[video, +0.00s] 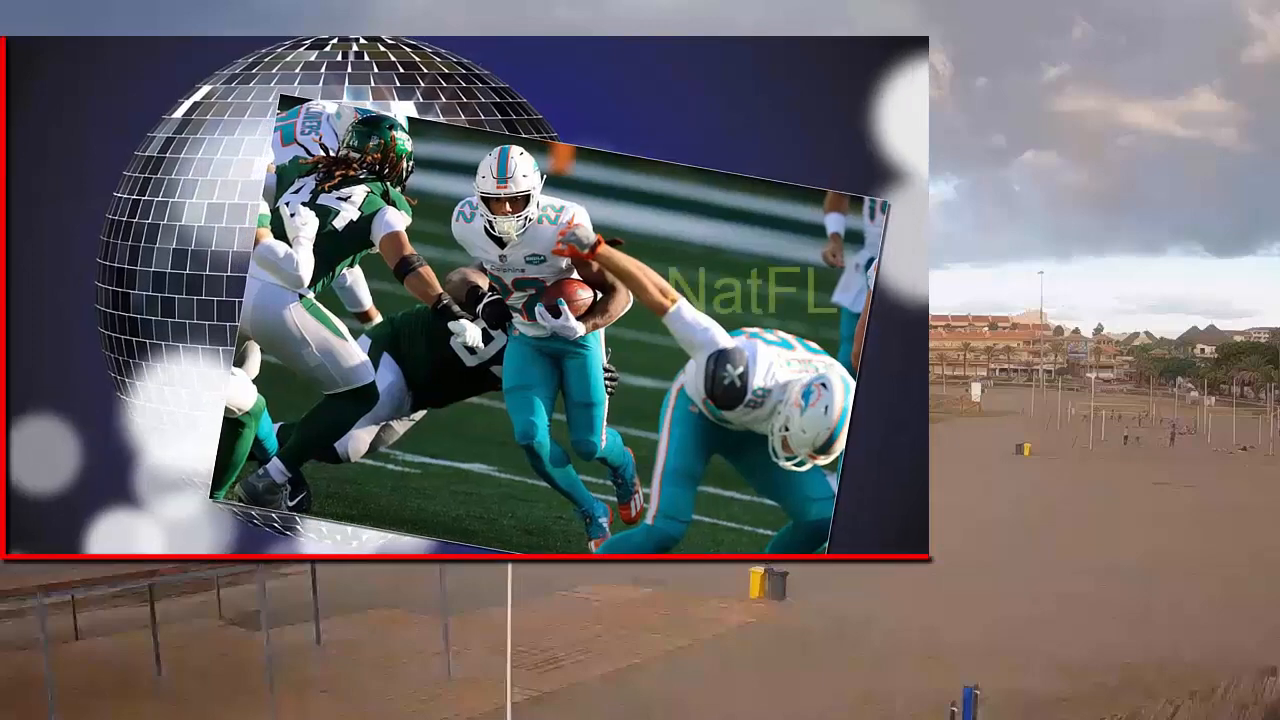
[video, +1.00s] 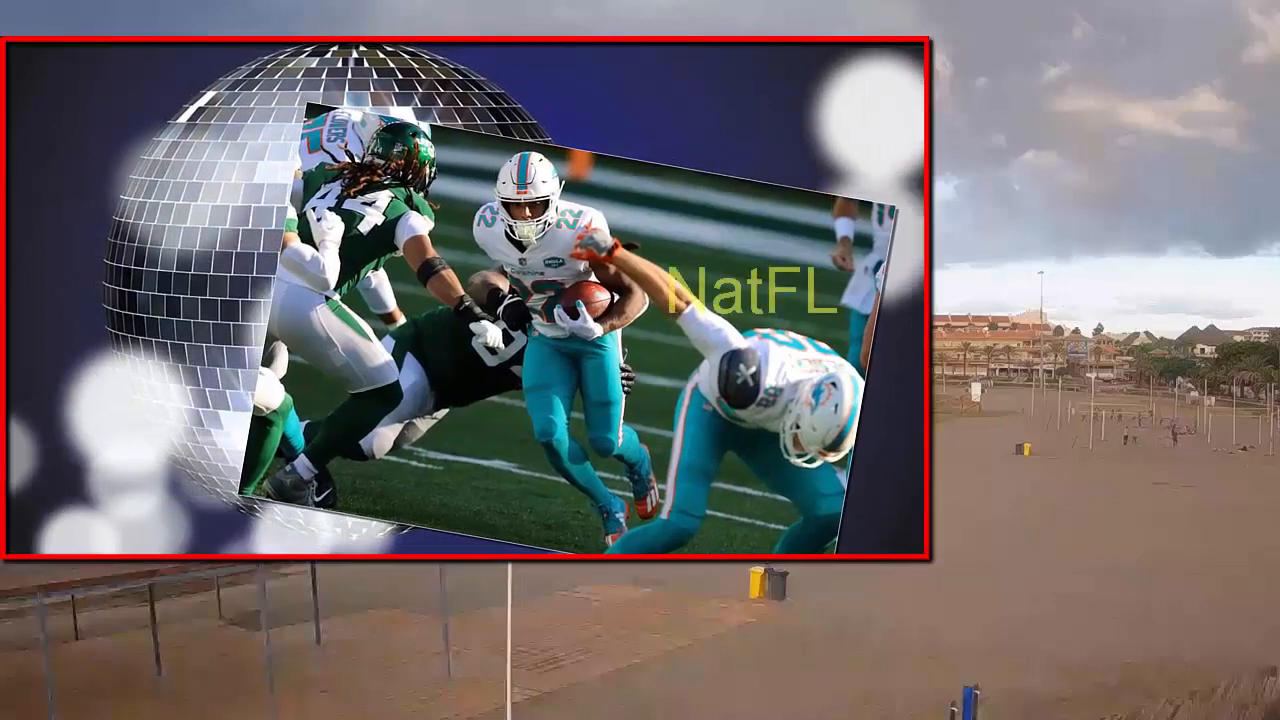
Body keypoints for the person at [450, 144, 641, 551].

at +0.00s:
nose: (504, 210)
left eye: (514, 200)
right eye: (495, 201)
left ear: (533, 194)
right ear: (482, 196)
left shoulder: (567, 224)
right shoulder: (466, 221)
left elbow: (622, 291)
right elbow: (493, 267)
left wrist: (585, 326)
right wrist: (493, 300)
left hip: (580, 340)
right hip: (525, 339)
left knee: (587, 445)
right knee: (530, 438)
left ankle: (624, 470)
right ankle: (593, 513)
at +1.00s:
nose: (524, 215)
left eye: (534, 205)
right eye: (514, 206)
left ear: (552, 199)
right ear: (502, 201)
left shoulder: (585, 228)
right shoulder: (487, 226)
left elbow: (638, 294)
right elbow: (515, 271)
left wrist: (602, 327)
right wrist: (515, 302)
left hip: (597, 340)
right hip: (544, 339)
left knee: (604, 441)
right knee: (549, 435)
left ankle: (640, 469)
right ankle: (610, 508)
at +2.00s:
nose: (544, 219)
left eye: (553, 210)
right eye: (535, 211)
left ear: (571, 204)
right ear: (523, 206)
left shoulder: (602, 232)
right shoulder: (508, 231)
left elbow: (655, 296)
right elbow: (534, 273)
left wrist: (619, 329)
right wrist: (539, 304)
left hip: (614, 340)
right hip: (564, 339)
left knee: (622, 439)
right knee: (568, 432)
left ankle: (657, 467)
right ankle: (628, 504)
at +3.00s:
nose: (564, 224)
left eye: (572, 215)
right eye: (555, 216)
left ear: (590, 209)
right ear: (543, 211)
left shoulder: (621, 237)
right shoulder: (529, 234)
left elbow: (668, 299)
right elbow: (555, 276)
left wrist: (636, 330)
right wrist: (559, 306)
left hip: (632, 341)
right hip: (583, 340)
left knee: (639, 436)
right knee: (587, 430)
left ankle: (673, 462)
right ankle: (645, 499)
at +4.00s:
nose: (583, 228)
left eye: (592, 220)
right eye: (575, 221)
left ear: (608, 214)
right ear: (563, 216)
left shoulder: (639, 240)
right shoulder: (550, 239)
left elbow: (687, 301)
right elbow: (575, 279)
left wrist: (653, 331)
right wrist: (582, 308)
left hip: (649, 342)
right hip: (602, 341)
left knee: (656, 434)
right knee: (606, 427)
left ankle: (689, 460)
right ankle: (661, 494)